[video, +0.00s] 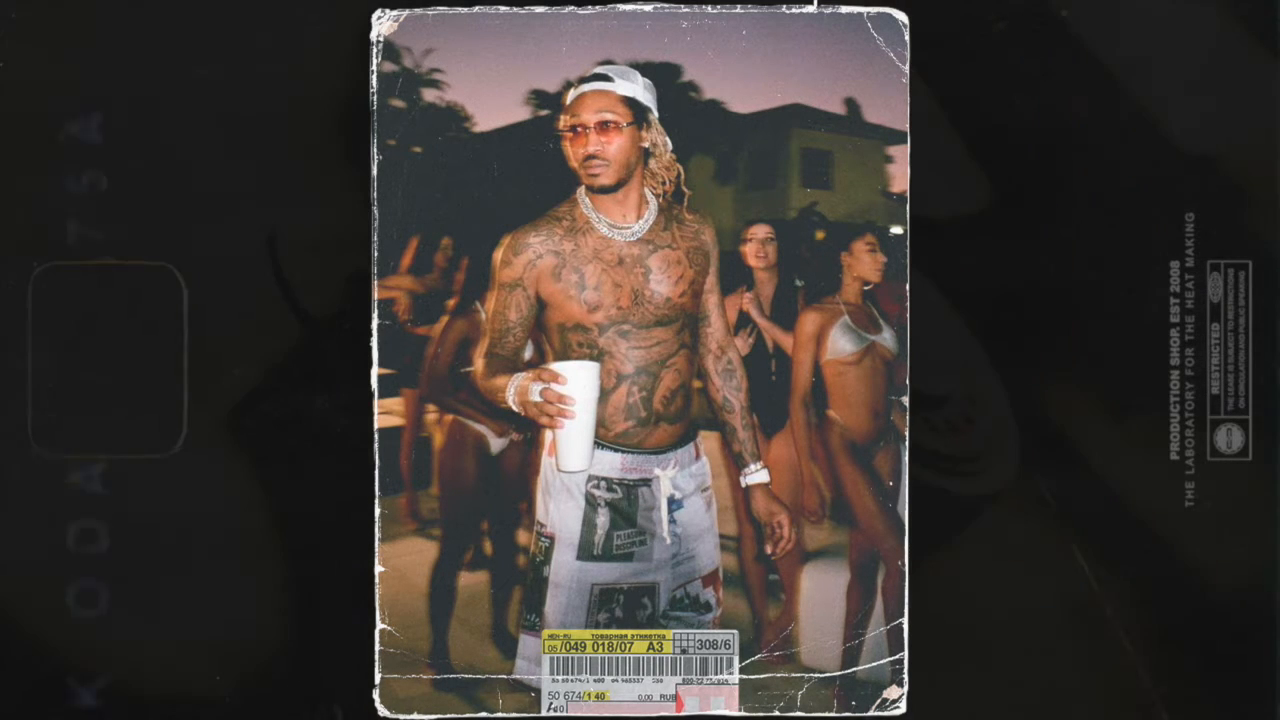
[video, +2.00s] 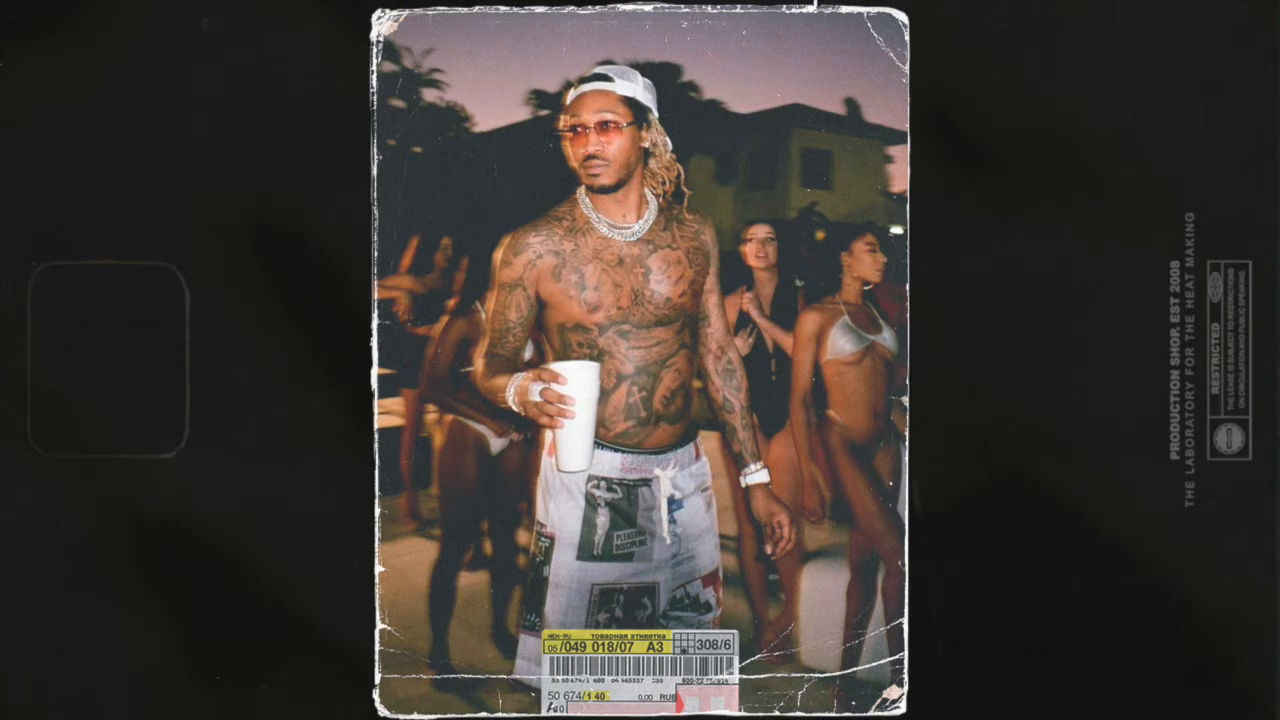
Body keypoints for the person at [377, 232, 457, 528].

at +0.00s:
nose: (445, 254)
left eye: (450, 249)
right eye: (441, 248)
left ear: (455, 254)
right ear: (431, 250)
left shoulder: (458, 275)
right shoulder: (415, 282)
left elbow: (461, 302)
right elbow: (397, 283)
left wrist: (437, 327)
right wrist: (404, 300)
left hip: (445, 349)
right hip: (417, 346)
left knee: (449, 427)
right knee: (412, 428)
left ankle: (451, 499)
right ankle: (410, 502)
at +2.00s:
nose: (446, 255)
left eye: (451, 250)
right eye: (442, 249)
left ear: (455, 255)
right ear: (431, 252)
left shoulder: (454, 283)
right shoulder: (414, 283)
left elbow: (459, 315)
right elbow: (401, 321)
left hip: (444, 354)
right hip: (416, 352)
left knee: (449, 426)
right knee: (413, 427)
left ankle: (450, 499)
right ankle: (410, 500)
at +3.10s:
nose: (446, 254)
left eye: (451, 250)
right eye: (442, 248)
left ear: (455, 255)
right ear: (430, 252)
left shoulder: (455, 282)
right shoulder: (414, 282)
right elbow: (380, 287)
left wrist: (437, 327)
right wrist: (403, 294)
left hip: (445, 352)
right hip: (416, 350)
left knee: (449, 426)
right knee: (413, 427)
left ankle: (451, 498)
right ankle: (410, 501)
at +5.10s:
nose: (446, 254)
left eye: (450, 249)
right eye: (442, 248)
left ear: (454, 254)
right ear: (430, 251)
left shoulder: (454, 280)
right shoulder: (414, 282)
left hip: (444, 347)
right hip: (416, 345)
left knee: (449, 425)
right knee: (413, 426)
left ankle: (452, 498)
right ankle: (410, 502)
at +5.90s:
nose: (446, 254)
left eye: (450, 249)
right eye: (442, 248)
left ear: (455, 253)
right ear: (431, 250)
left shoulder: (456, 277)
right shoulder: (414, 281)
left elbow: (461, 305)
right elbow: (393, 287)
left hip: (445, 349)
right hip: (416, 347)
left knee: (449, 426)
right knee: (413, 427)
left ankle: (451, 499)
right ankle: (411, 501)